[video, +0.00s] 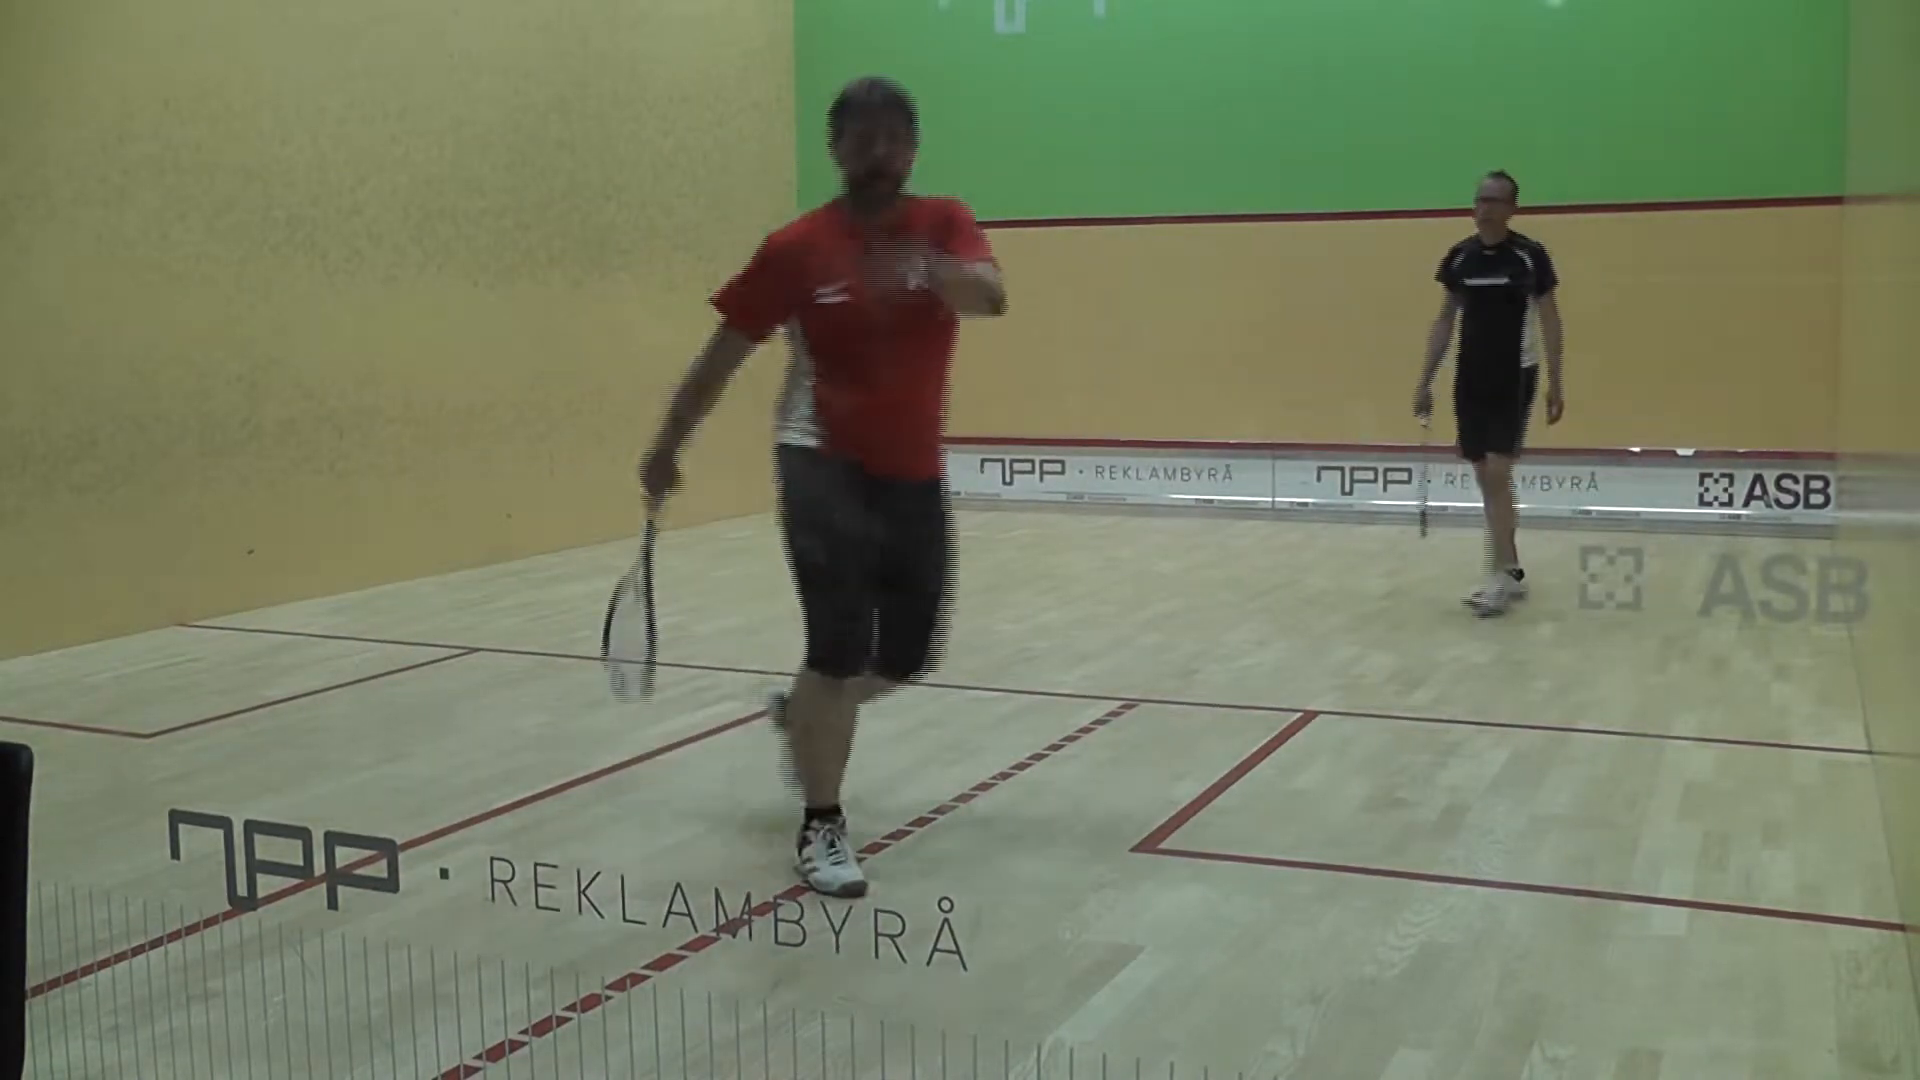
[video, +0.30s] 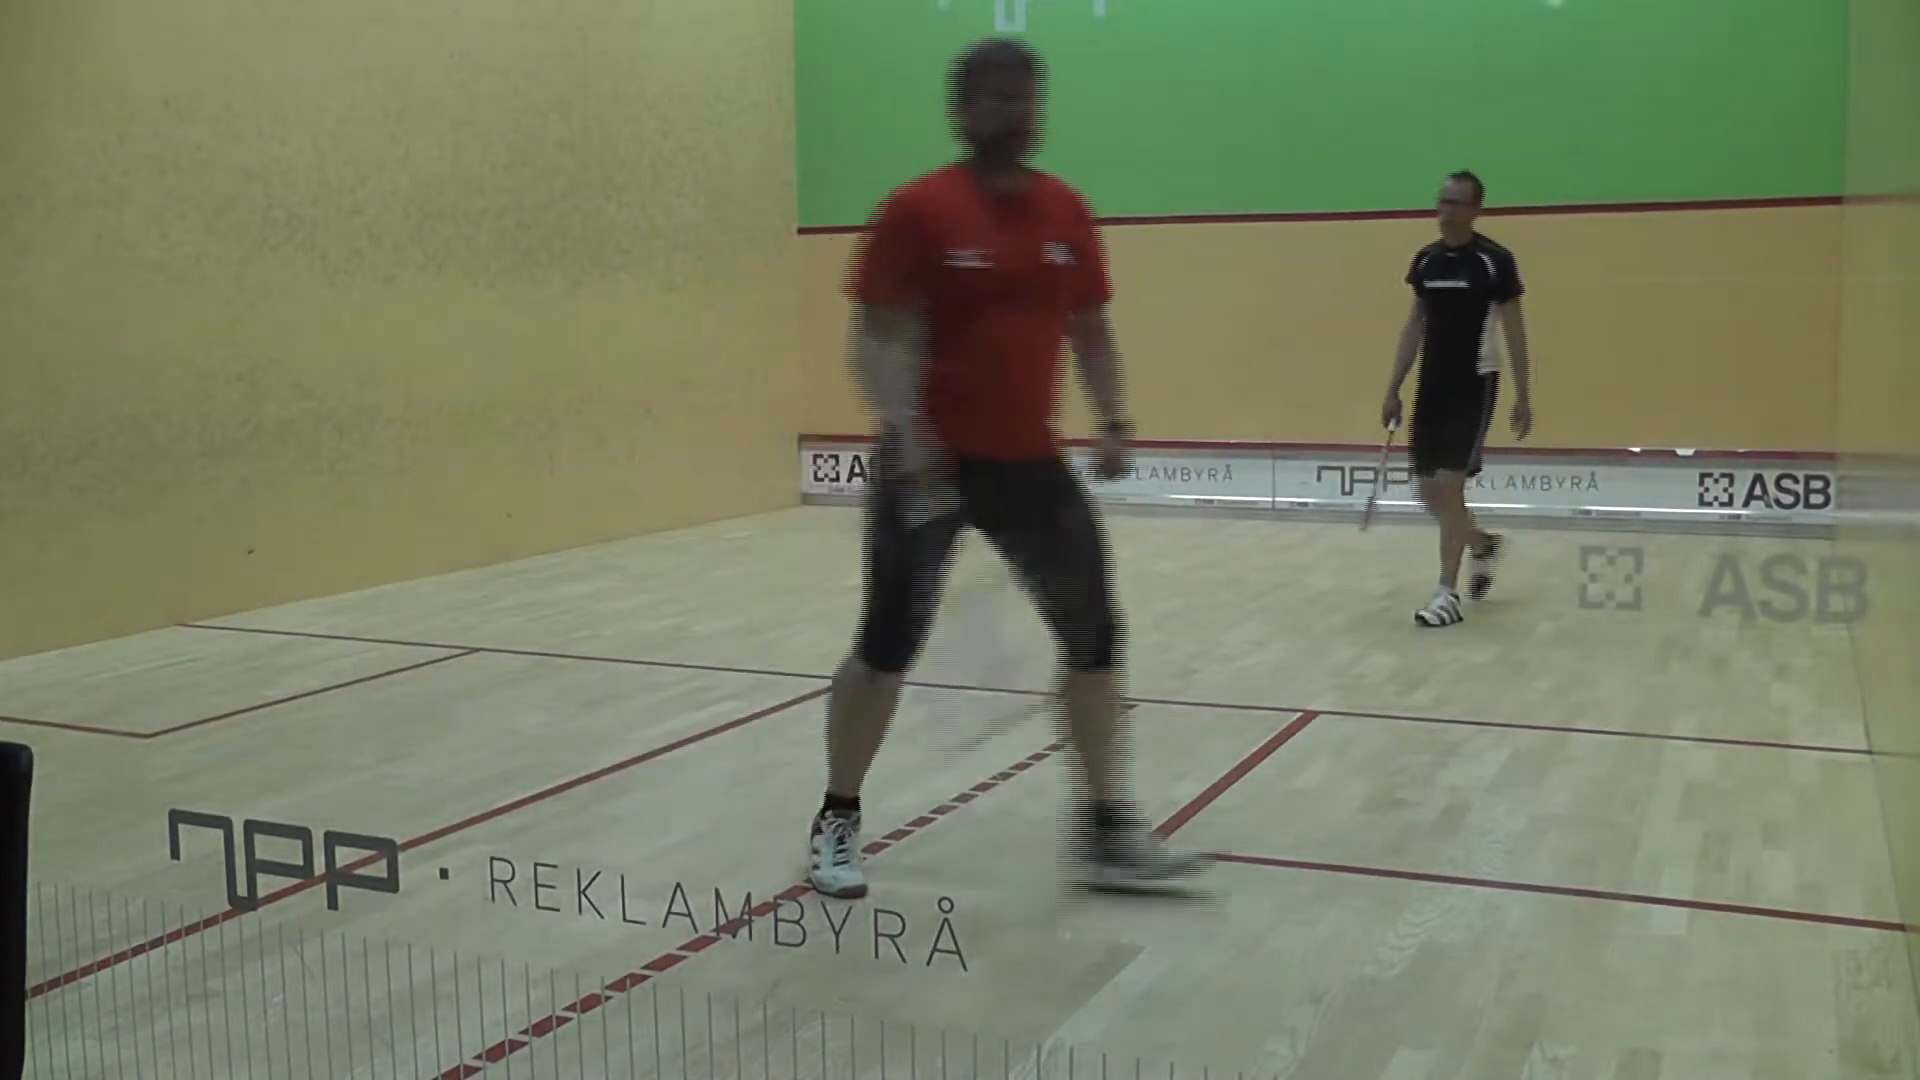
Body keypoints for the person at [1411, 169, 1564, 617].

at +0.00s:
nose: (1485, 207)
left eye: (1495, 201)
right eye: (1480, 200)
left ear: (1512, 207)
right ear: (1473, 205)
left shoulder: (1531, 257)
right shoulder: (1460, 258)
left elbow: (1550, 320)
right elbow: (1445, 320)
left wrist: (1555, 383)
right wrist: (1425, 381)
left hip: (1514, 372)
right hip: (1471, 372)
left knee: (1496, 472)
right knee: (1485, 474)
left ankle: (1504, 573)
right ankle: (1508, 567)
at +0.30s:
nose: (1446, 210)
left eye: (1456, 204)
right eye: (1442, 201)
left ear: (1476, 210)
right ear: (1436, 205)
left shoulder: (1496, 261)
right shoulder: (1426, 261)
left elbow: (1515, 332)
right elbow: (1414, 327)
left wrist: (1522, 396)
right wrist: (1393, 389)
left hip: (1474, 383)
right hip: (1433, 381)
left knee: (1448, 486)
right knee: (1428, 491)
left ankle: (1447, 593)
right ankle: (1482, 544)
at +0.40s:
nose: (1421, 203)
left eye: (1432, 196)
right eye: (1420, 194)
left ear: (1456, 202)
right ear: (1418, 198)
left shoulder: (1476, 254)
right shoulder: (1411, 254)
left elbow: (1496, 327)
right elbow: (1404, 325)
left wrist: (1497, 393)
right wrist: (1390, 387)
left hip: (1458, 381)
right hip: (1414, 380)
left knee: (1445, 485)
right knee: (1389, 482)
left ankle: (1448, 591)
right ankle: (1443, 547)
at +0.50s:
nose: (1404, 202)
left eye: (1414, 195)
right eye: (1403, 193)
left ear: (1441, 199)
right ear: (1405, 196)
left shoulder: (1463, 249)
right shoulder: (1402, 253)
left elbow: (1475, 322)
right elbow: (1400, 324)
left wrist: (1470, 392)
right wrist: (1385, 385)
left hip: (1449, 384)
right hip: (1408, 382)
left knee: (1442, 486)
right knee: (1371, 476)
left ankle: (1448, 591)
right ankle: (1407, 567)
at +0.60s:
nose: (1382, 209)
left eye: (1391, 200)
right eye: (1379, 200)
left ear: (1417, 202)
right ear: (1378, 203)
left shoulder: (1441, 253)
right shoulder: (1380, 257)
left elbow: (1449, 326)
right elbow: (1386, 332)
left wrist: (1432, 380)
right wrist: (1372, 387)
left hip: (1429, 381)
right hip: (1385, 381)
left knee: (1435, 490)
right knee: (1357, 485)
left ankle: (1446, 594)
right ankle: (1343, 598)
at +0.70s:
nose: (1363, 216)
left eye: (1373, 206)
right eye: (1360, 207)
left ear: (1399, 208)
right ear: (1358, 209)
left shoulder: (1421, 253)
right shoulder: (1363, 263)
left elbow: (1431, 324)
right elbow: (1370, 330)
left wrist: (1403, 378)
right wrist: (1357, 388)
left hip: (1415, 396)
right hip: (1367, 398)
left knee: (1426, 494)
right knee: (1347, 495)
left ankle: (1445, 593)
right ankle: (1325, 597)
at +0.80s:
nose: (1340, 215)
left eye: (1349, 205)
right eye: (1335, 205)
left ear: (1371, 206)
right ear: (1329, 207)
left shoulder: (1390, 253)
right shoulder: (1322, 255)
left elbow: (1403, 326)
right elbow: (1313, 326)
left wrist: (1372, 378)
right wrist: (1319, 379)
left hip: (1379, 393)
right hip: (1331, 394)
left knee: (1394, 498)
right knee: (1325, 503)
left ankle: (1437, 586)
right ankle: (1319, 605)